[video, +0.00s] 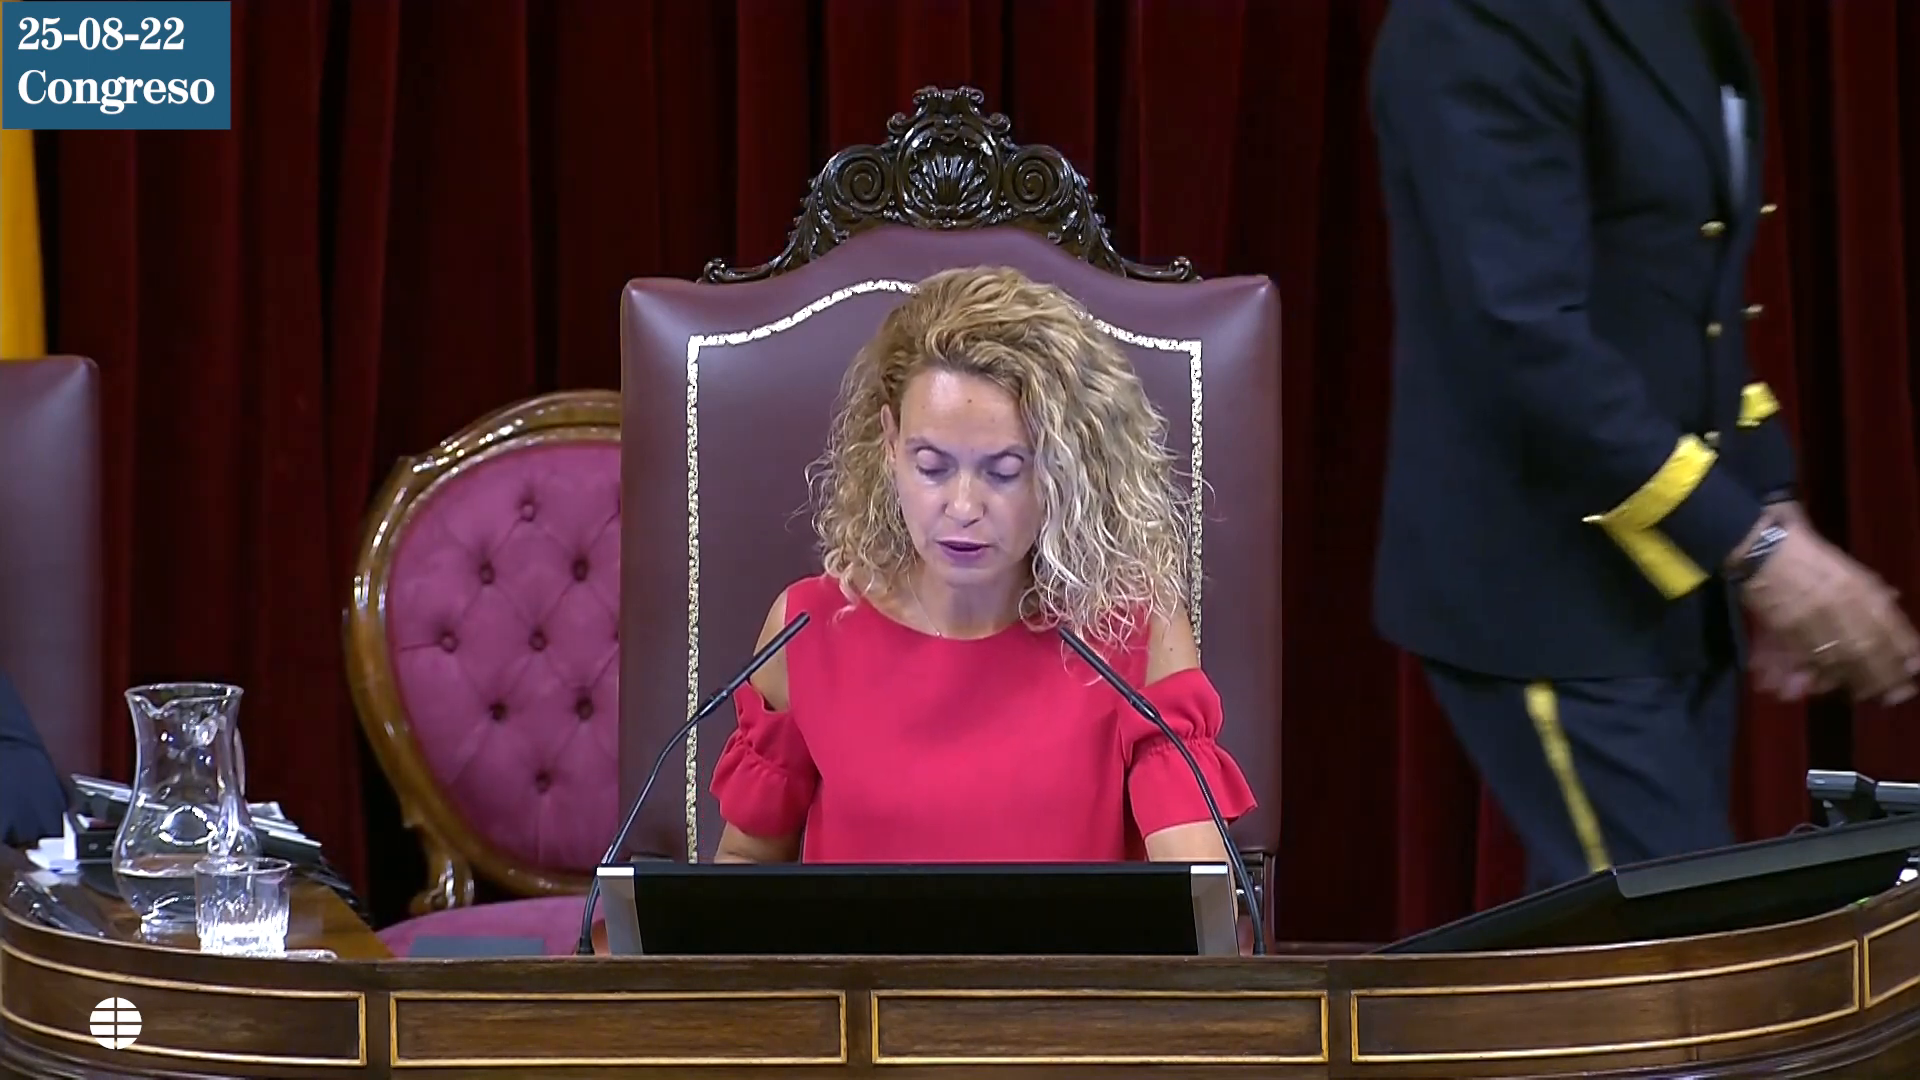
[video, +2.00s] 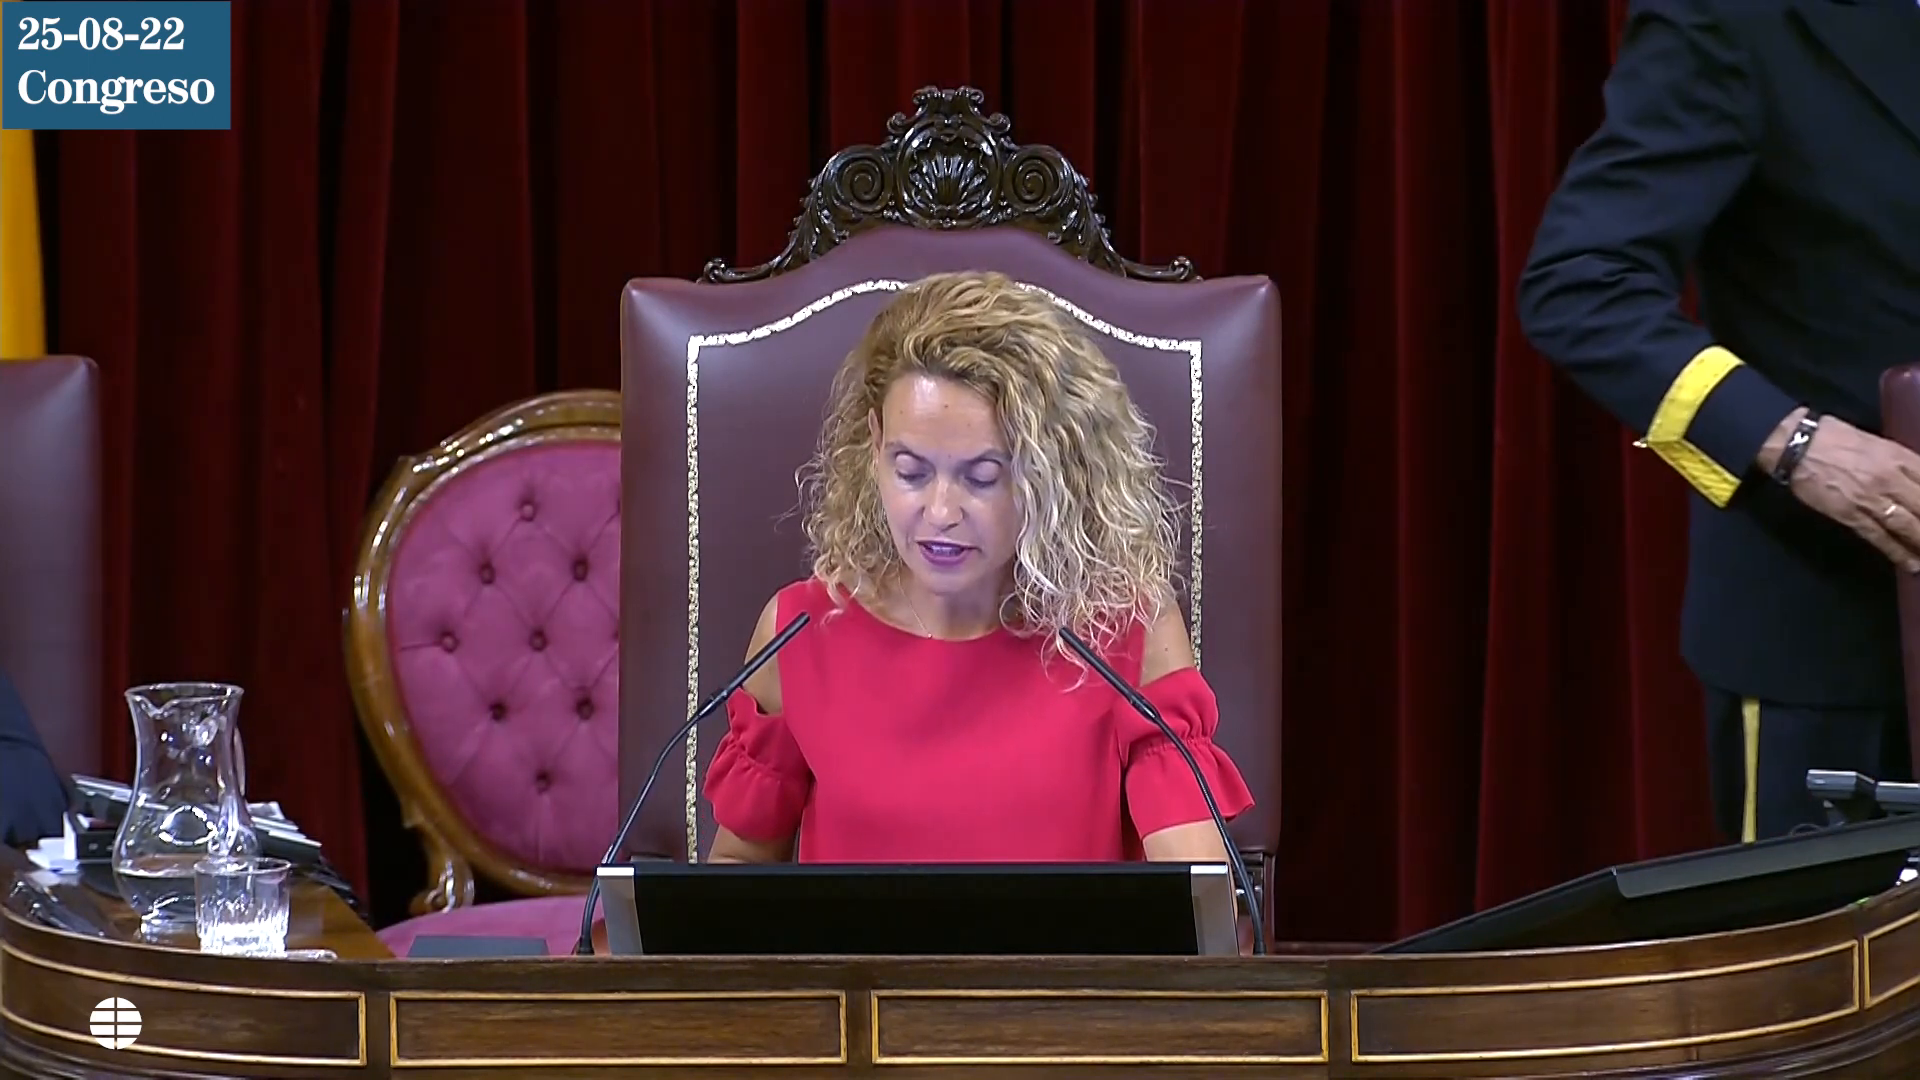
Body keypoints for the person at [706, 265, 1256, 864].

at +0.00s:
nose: (964, 507)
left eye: (1004, 470)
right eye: (933, 464)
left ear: (1065, 468)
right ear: (889, 447)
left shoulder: (1132, 627)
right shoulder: (810, 626)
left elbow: (1202, 895)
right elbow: (744, 872)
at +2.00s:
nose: (941, 511)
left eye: (982, 474)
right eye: (912, 470)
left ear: (1051, 477)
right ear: (873, 463)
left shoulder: (1124, 621)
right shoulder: (802, 628)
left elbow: (1200, 892)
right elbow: (736, 871)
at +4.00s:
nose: (957, 514)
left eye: (995, 475)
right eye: (924, 472)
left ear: (1055, 471)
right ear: (878, 457)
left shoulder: (1126, 623)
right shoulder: (804, 630)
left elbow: (1201, 896)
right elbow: (745, 882)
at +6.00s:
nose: (946, 513)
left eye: (984, 474)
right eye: (916, 471)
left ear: (1050, 475)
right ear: (874, 459)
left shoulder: (1126, 622)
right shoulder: (804, 630)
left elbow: (1202, 898)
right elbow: (748, 877)